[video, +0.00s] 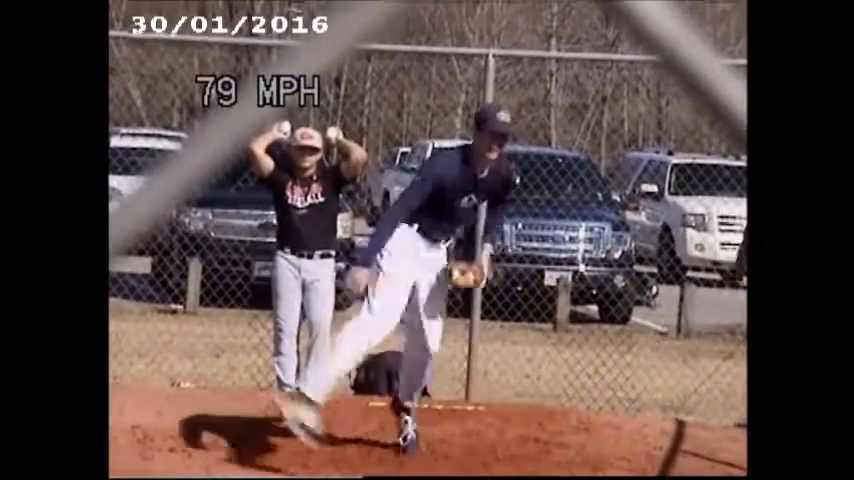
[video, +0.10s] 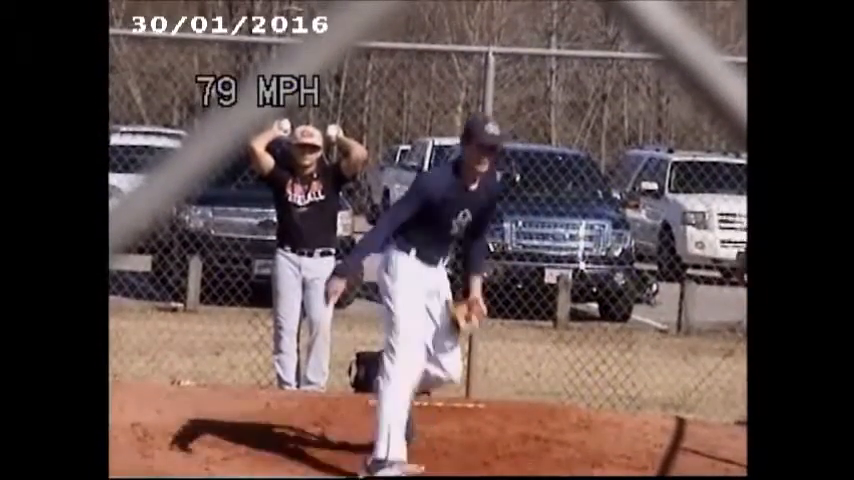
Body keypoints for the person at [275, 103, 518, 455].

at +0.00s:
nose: (497, 144)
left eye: (503, 139)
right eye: (492, 136)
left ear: (507, 141)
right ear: (477, 132)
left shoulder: (504, 175)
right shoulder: (445, 164)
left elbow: (495, 213)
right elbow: (398, 211)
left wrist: (484, 251)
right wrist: (365, 262)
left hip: (439, 249)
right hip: (404, 238)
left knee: (428, 339)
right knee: (380, 319)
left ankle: (406, 405)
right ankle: (309, 395)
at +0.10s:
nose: (486, 157)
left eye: (492, 151)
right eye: (480, 149)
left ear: (497, 154)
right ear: (464, 146)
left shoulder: (491, 187)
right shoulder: (433, 183)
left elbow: (477, 237)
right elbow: (386, 225)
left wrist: (475, 290)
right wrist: (345, 271)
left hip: (438, 269)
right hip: (404, 262)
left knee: (446, 369)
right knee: (404, 358)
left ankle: (379, 372)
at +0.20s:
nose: (481, 164)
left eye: (486, 159)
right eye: (474, 157)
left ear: (490, 162)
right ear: (456, 156)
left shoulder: (481, 195)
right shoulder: (428, 192)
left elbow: (465, 247)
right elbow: (386, 240)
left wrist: (467, 300)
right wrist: (348, 296)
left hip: (438, 284)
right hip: (406, 282)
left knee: (462, 382)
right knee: (431, 374)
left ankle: (389, 376)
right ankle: (386, 465)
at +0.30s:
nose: (478, 135)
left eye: (484, 128)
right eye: (473, 127)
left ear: (489, 131)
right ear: (456, 124)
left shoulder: (482, 166)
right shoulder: (434, 163)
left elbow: (468, 220)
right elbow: (398, 218)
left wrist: (473, 270)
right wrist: (395, 280)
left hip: (445, 265)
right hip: (414, 262)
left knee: (469, 362)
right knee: (429, 359)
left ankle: (401, 429)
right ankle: (388, 457)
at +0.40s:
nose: (487, 120)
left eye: (491, 114)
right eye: (481, 113)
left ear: (493, 118)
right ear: (462, 113)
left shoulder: (484, 156)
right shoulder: (436, 153)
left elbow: (471, 208)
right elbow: (409, 210)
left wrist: (480, 252)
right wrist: (430, 264)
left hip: (451, 251)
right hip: (417, 249)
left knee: (465, 356)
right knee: (427, 352)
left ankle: (435, 447)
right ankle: (388, 448)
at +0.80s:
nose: (502, 107)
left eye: (501, 100)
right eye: (500, 99)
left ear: (472, 100)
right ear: (486, 100)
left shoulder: (462, 139)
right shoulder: (466, 142)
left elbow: (455, 210)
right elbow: (452, 208)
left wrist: (474, 263)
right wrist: (466, 266)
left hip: (447, 254)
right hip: (438, 255)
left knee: (466, 357)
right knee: (433, 360)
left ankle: (452, 456)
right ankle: (404, 458)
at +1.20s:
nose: (480, 125)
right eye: (482, 119)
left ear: (447, 123)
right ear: (482, 123)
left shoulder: (431, 161)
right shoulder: (499, 164)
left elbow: (397, 220)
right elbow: (518, 225)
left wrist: (416, 256)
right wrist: (532, 282)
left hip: (423, 261)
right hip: (463, 267)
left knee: (436, 361)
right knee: (438, 364)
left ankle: (440, 454)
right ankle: (406, 457)